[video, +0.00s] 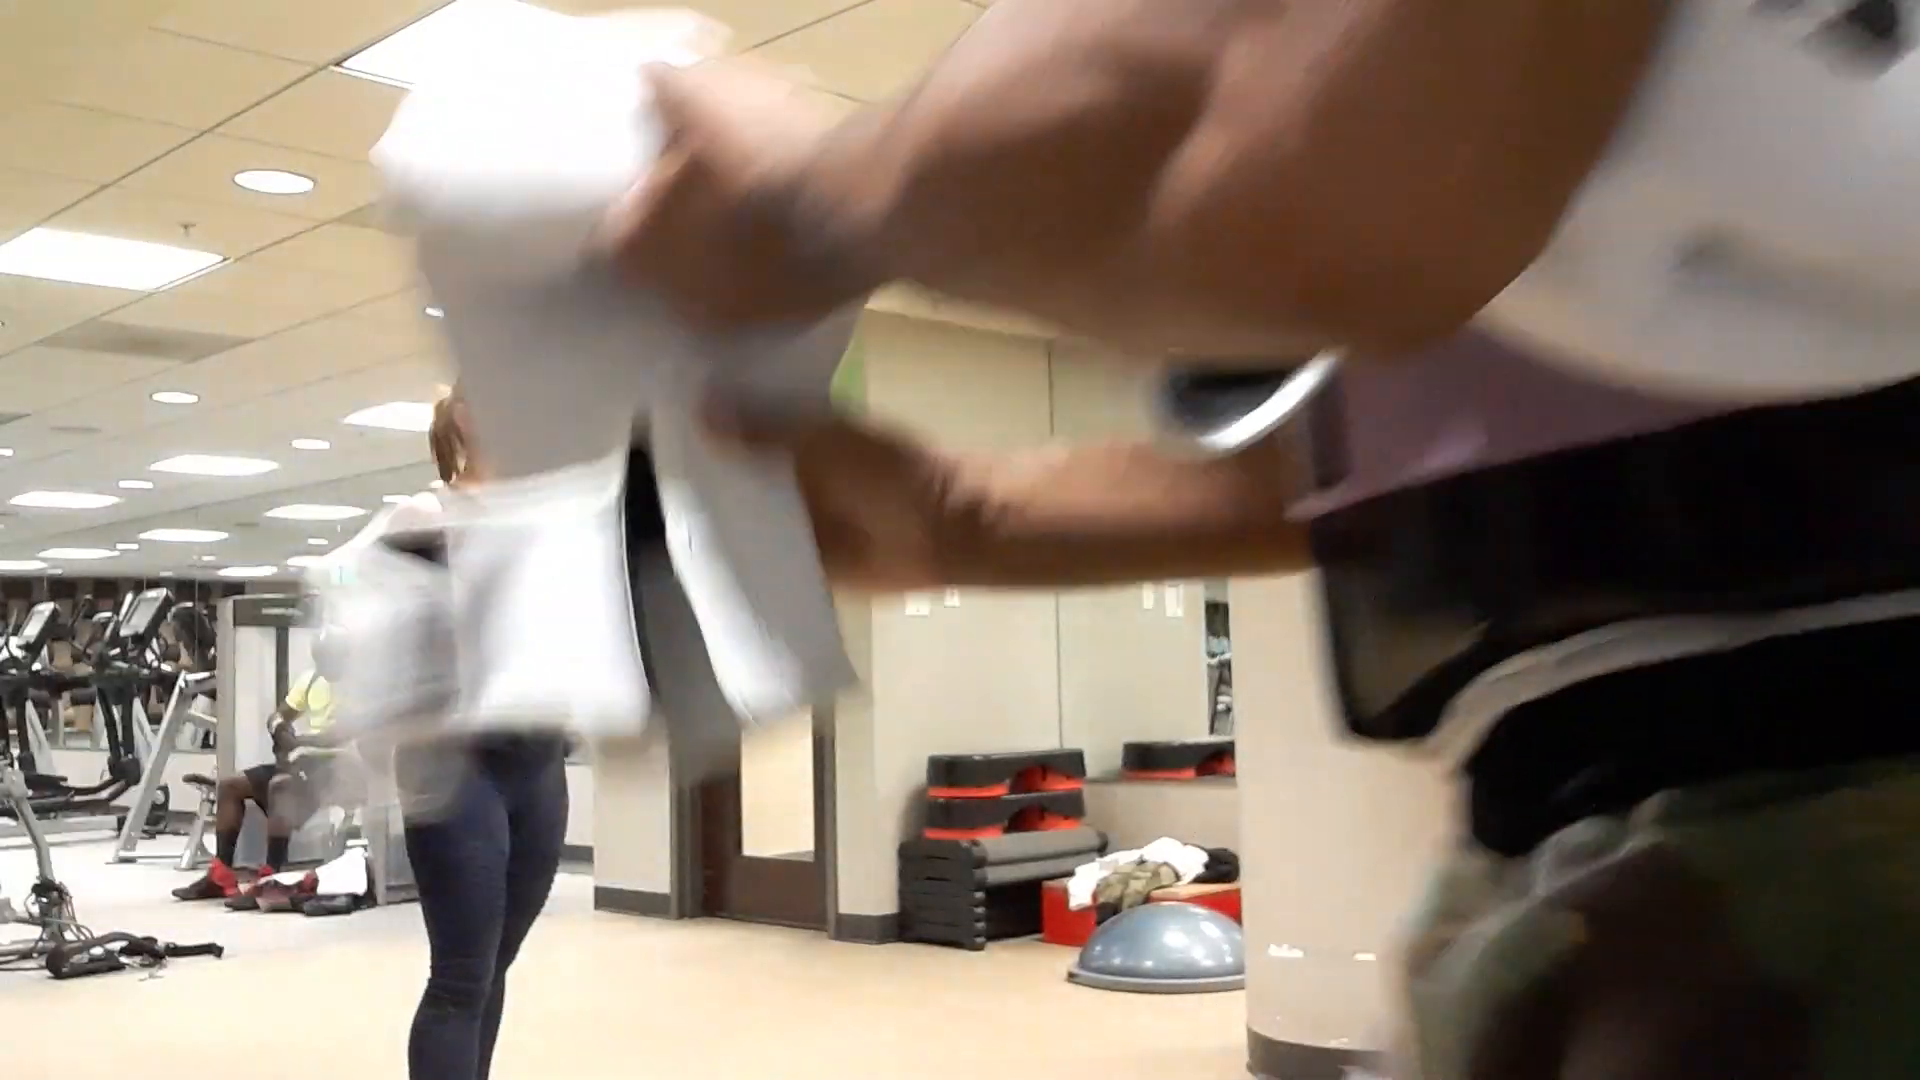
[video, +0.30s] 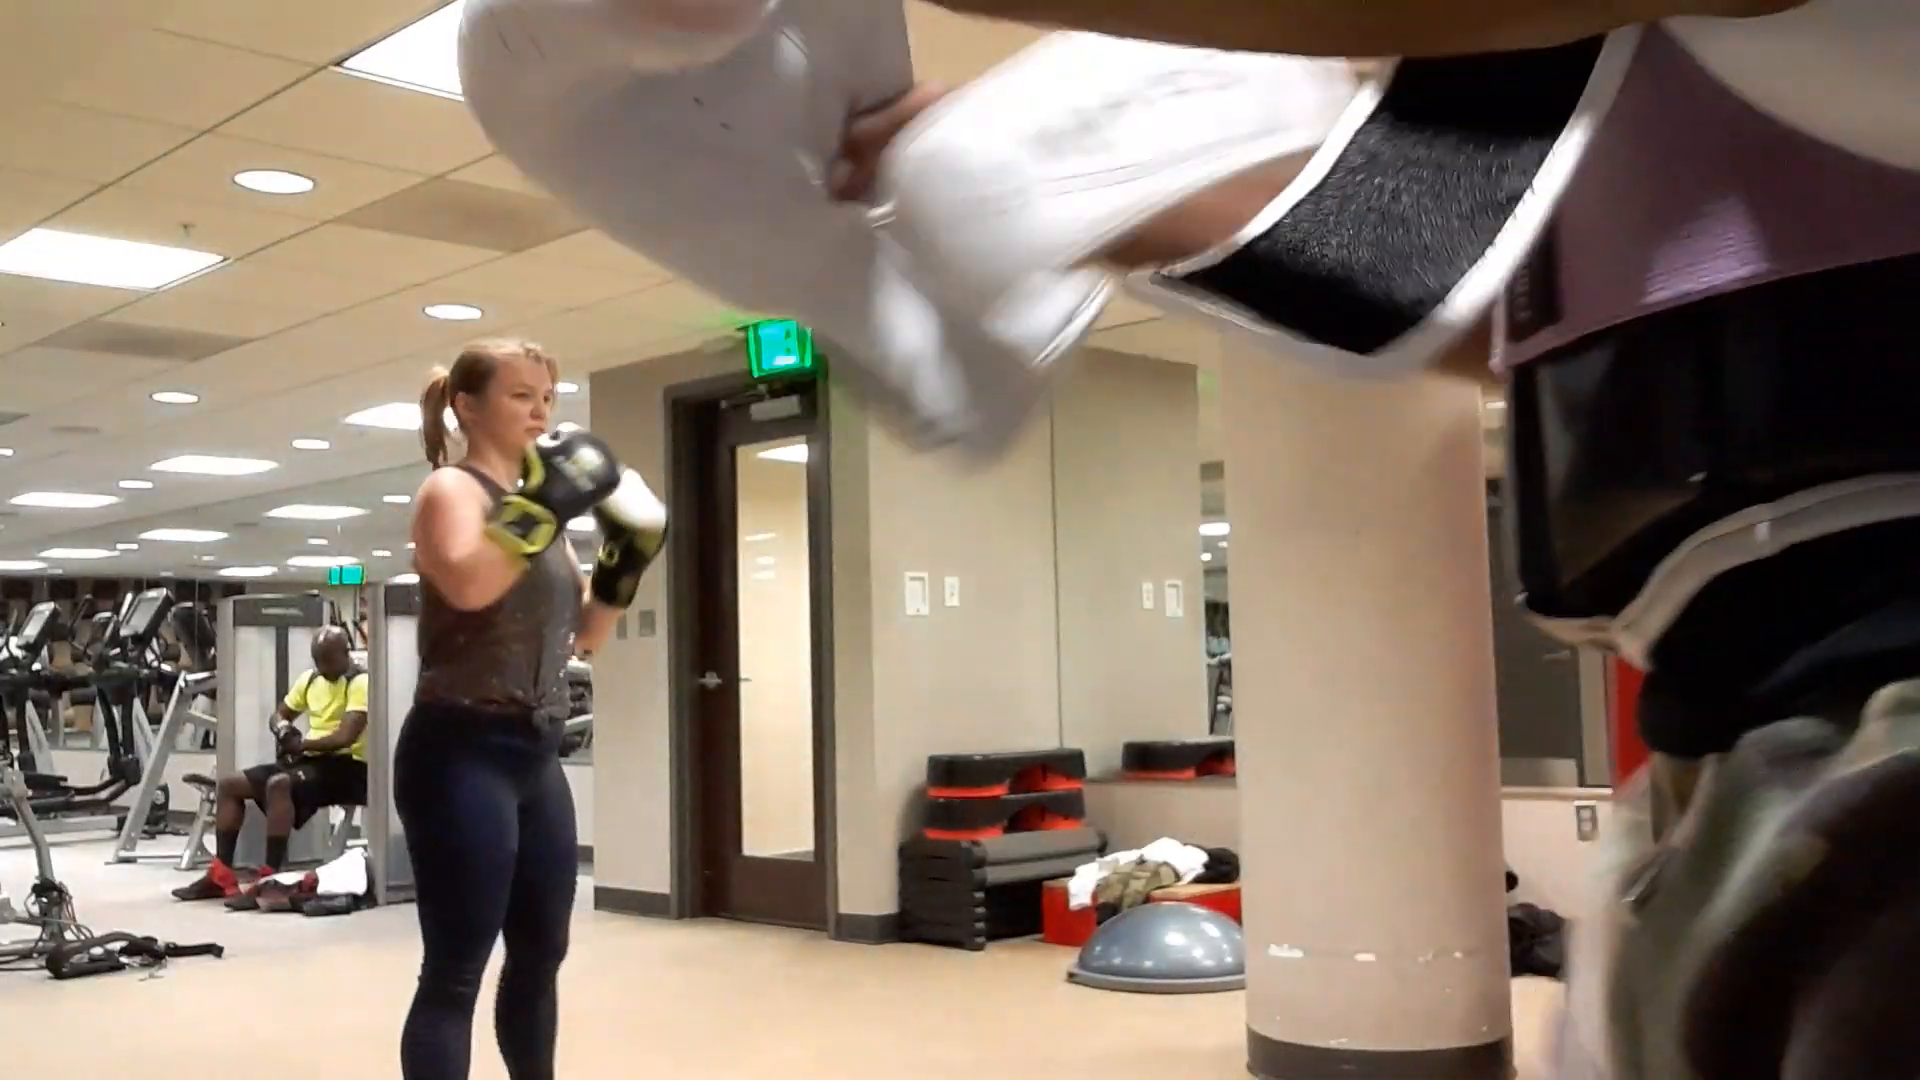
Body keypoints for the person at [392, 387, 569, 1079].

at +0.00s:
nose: (509, 426)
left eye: (510, 410)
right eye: (491, 412)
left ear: (526, 422)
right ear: (464, 430)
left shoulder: (554, 516)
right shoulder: (416, 525)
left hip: (540, 758)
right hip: (448, 759)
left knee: (490, 971)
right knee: (463, 976)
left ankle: (470, 1074)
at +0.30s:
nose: (540, 414)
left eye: (547, 401)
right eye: (523, 398)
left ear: (549, 411)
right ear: (467, 405)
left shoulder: (537, 506)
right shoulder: (449, 490)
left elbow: (587, 636)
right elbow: (468, 585)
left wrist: (621, 567)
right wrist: (546, 508)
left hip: (535, 755)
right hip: (459, 753)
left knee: (540, 954)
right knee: (456, 968)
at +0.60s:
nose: (547, 416)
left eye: (554, 403)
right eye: (526, 402)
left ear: (560, 414)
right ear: (474, 418)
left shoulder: (580, 509)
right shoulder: (448, 528)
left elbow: (629, 625)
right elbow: (429, 664)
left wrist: (650, 576)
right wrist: (503, 605)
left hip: (567, 759)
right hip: (476, 760)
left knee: (573, 957)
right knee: (479, 971)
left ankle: (540, 1076)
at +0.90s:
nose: (567, 470)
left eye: (567, 456)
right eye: (546, 462)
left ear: (571, 459)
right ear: (489, 484)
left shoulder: (583, 537)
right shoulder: (465, 596)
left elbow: (612, 608)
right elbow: (363, 681)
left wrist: (647, 614)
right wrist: (413, 713)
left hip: (555, 786)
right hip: (483, 794)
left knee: (602, 961)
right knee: (534, 974)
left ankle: (549, 1079)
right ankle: (452, 1076)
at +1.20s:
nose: (605, 519)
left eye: (602, 503)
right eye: (586, 512)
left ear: (526, 535)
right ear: (528, 532)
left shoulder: (489, 583)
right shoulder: (541, 621)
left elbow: (511, 677)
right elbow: (610, 709)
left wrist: (586, 636)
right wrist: (701, 666)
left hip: (519, 826)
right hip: (482, 839)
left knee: (617, 960)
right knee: (584, 1011)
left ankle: (544, 1065)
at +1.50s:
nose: (567, 442)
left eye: (571, 428)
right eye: (549, 427)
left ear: (574, 434)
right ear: (494, 435)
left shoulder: (545, 529)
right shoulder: (470, 533)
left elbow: (554, 629)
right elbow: (411, 647)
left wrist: (621, 604)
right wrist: (513, 627)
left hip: (532, 769)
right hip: (468, 770)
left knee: (571, 956)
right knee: (518, 970)